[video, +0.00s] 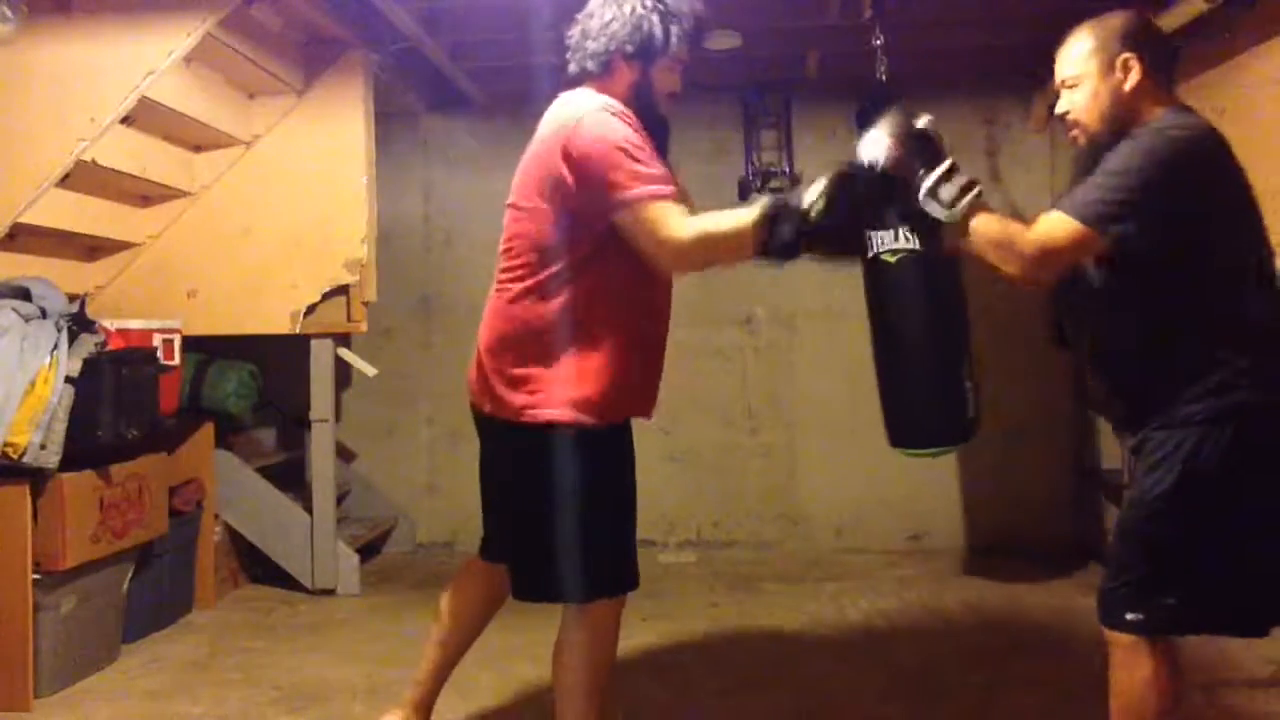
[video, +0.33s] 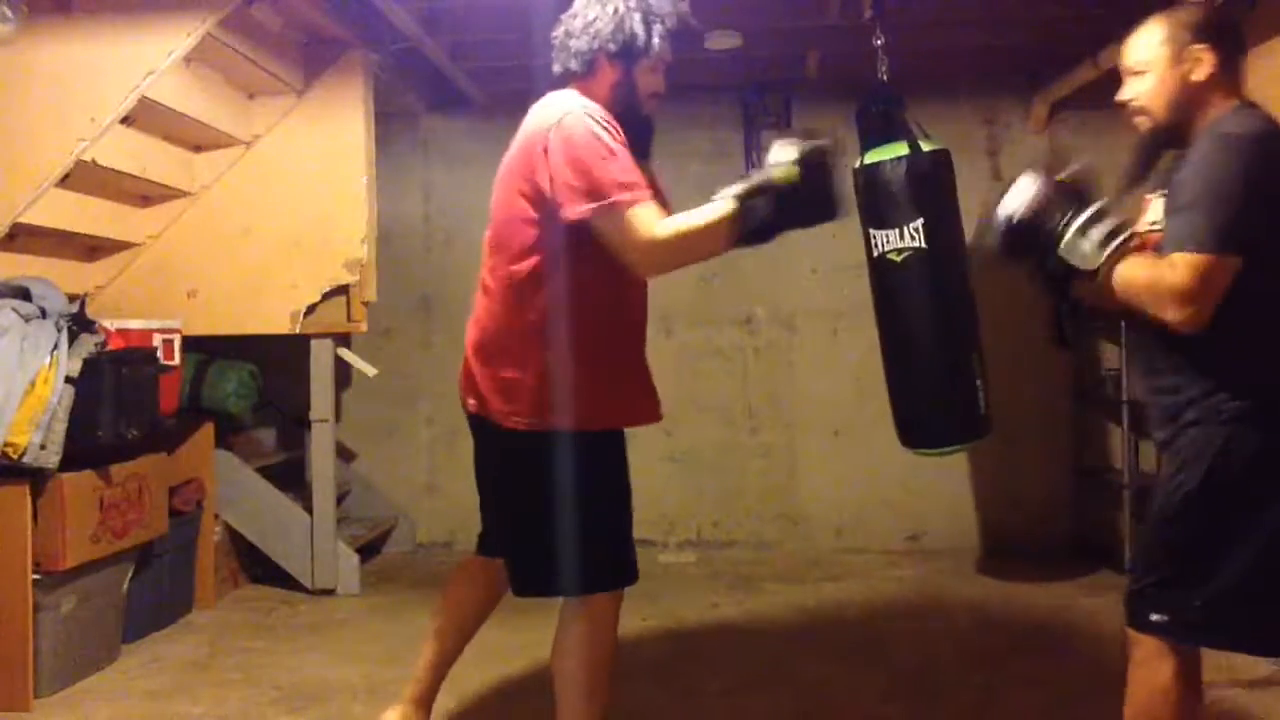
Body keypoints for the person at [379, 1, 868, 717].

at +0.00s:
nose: (681, 83)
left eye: (682, 66)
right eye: (673, 65)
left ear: (611, 62)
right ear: (625, 60)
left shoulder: (588, 119)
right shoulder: (597, 124)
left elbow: (673, 235)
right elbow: (676, 244)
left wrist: (767, 222)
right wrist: (785, 213)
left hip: (523, 390)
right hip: (568, 399)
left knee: (497, 558)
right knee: (599, 595)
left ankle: (413, 705)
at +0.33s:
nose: (665, 82)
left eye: (666, 66)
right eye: (657, 64)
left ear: (600, 64)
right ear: (608, 58)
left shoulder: (574, 123)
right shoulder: (574, 124)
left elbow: (654, 240)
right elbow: (648, 248)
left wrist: (751, 205)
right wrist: (757, 201)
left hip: (513, 392)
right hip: (566, 399)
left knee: (495, 554)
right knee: (597, 589)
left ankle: (414, 702)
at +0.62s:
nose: (633, 85)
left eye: (633, 68)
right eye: (624, 66)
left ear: (576, 65)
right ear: (574, 61)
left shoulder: (566, 130)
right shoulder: (545, 121)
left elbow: (715, 176)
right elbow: (698, 159)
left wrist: (829, 182)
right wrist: (829, 157)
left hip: (489, 384)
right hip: (503, 388)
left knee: (469, 555)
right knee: (557, 578)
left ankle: (394, 704)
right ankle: (566, 715)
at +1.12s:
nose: (594, 85)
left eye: (596, 67)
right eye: (585, 66)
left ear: (542, 70)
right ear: (536, 63)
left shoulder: (551, 138)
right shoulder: (492, 127)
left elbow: (672, 178)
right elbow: (648, 164)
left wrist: (784, 182)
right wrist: (781, 163)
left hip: (537, 397)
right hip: (506, 402)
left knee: (487, 560)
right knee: (560, 585)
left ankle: (404, 701)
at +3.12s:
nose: (303, 131)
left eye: (315, 117)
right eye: (285, 117)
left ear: (330, 122)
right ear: (252, 125)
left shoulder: (364, 184)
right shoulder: (218, 196)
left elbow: (402, 269)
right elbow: (206, 302)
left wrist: (395, 313)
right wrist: (276, 243)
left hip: (346, 411)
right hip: (246, 412)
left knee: (387, 547)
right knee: (234, 557)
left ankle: (330, 678)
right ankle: (217, 703)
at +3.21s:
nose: (319, 129)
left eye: (332, 116)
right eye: (301, 114)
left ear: (349, 128)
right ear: (269, 126)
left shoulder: (377, 187)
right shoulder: (231, 191)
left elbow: (407, 287)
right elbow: (213, 299)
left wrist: (402, 281)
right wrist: (283, 235)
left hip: (358, 413)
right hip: (256, 413)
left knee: (405, 544)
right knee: (238, 562)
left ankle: (400, 679)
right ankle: (218, 700)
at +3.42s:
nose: (399, 153)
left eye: (409, 140)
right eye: (383, 138)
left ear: (419, 144)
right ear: (345, 141)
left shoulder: (423, 208)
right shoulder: (302, 203)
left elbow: (455, 310)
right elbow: (270, 308)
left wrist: (443, 254)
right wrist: (338, 265)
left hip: (396, 421)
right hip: (292, 425)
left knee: (436, 566)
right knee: (255, 574)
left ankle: (484, 709)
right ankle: (220, 707)